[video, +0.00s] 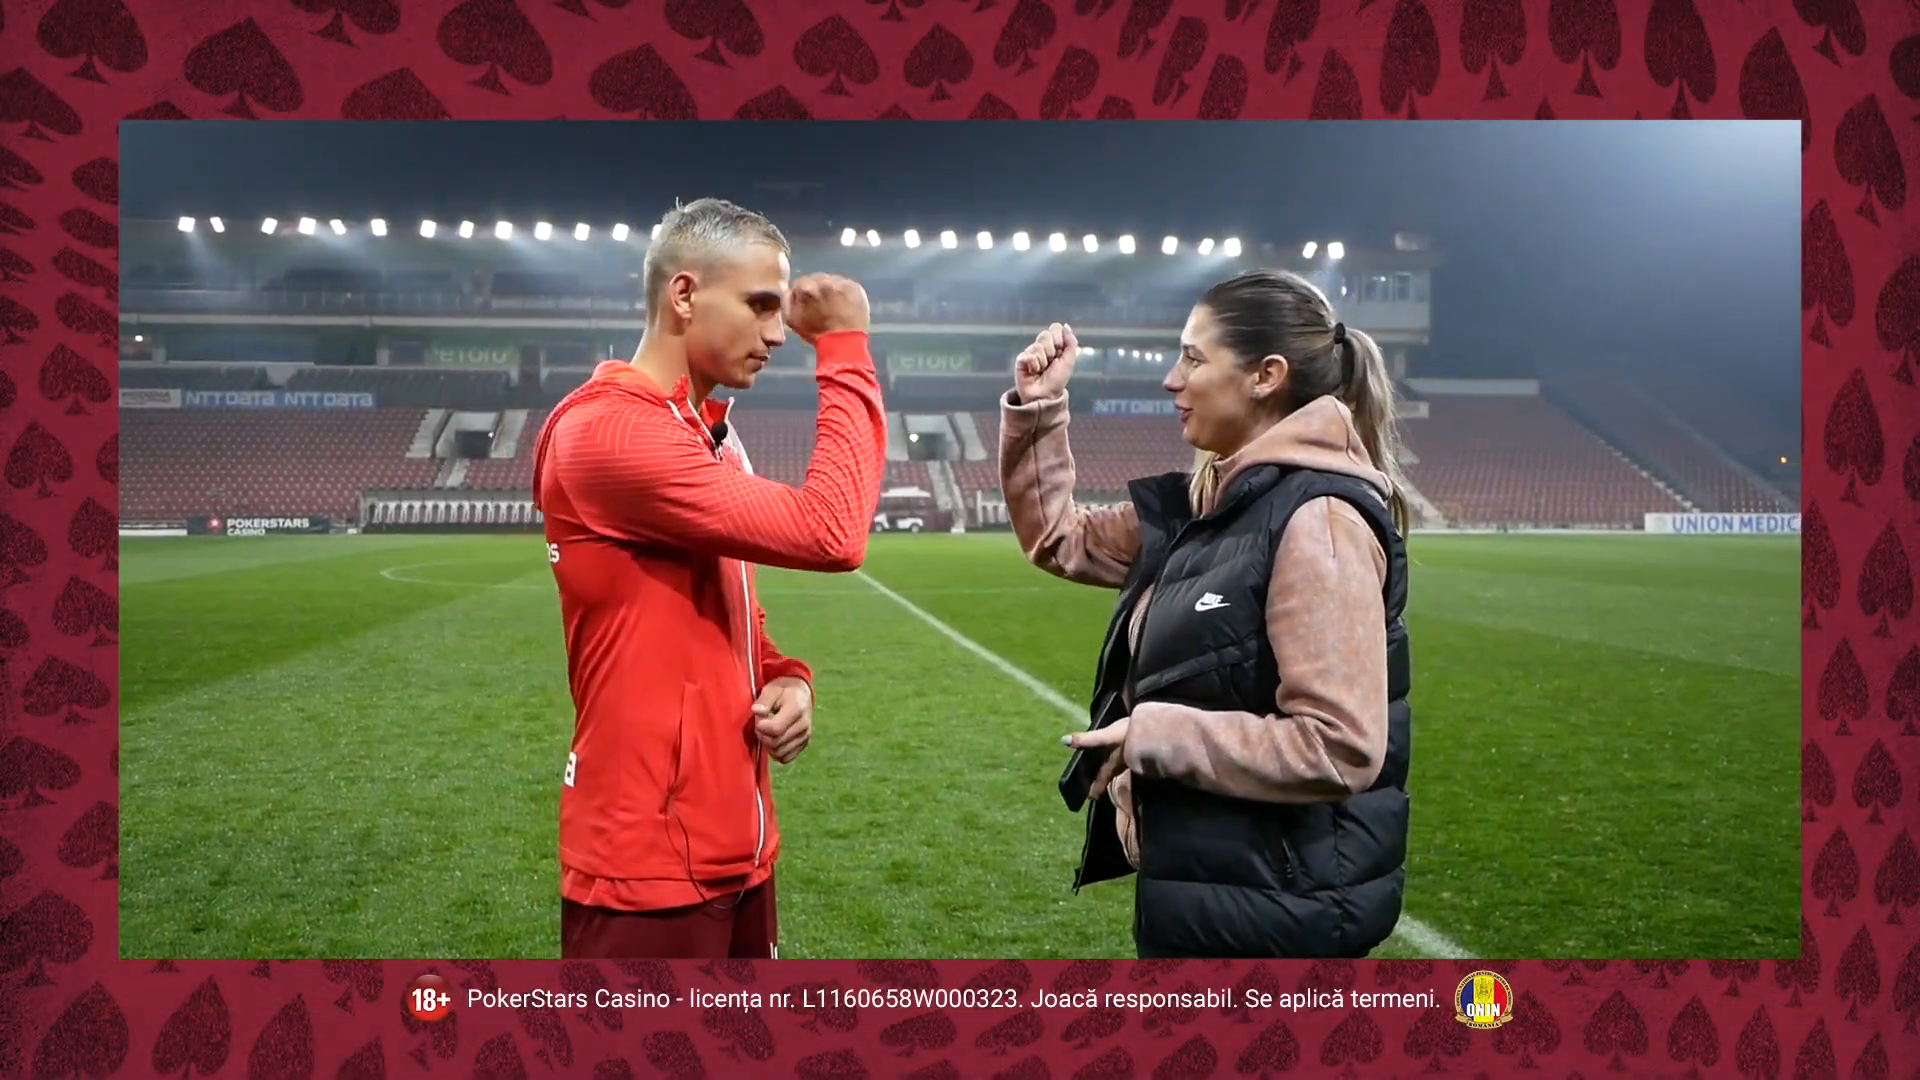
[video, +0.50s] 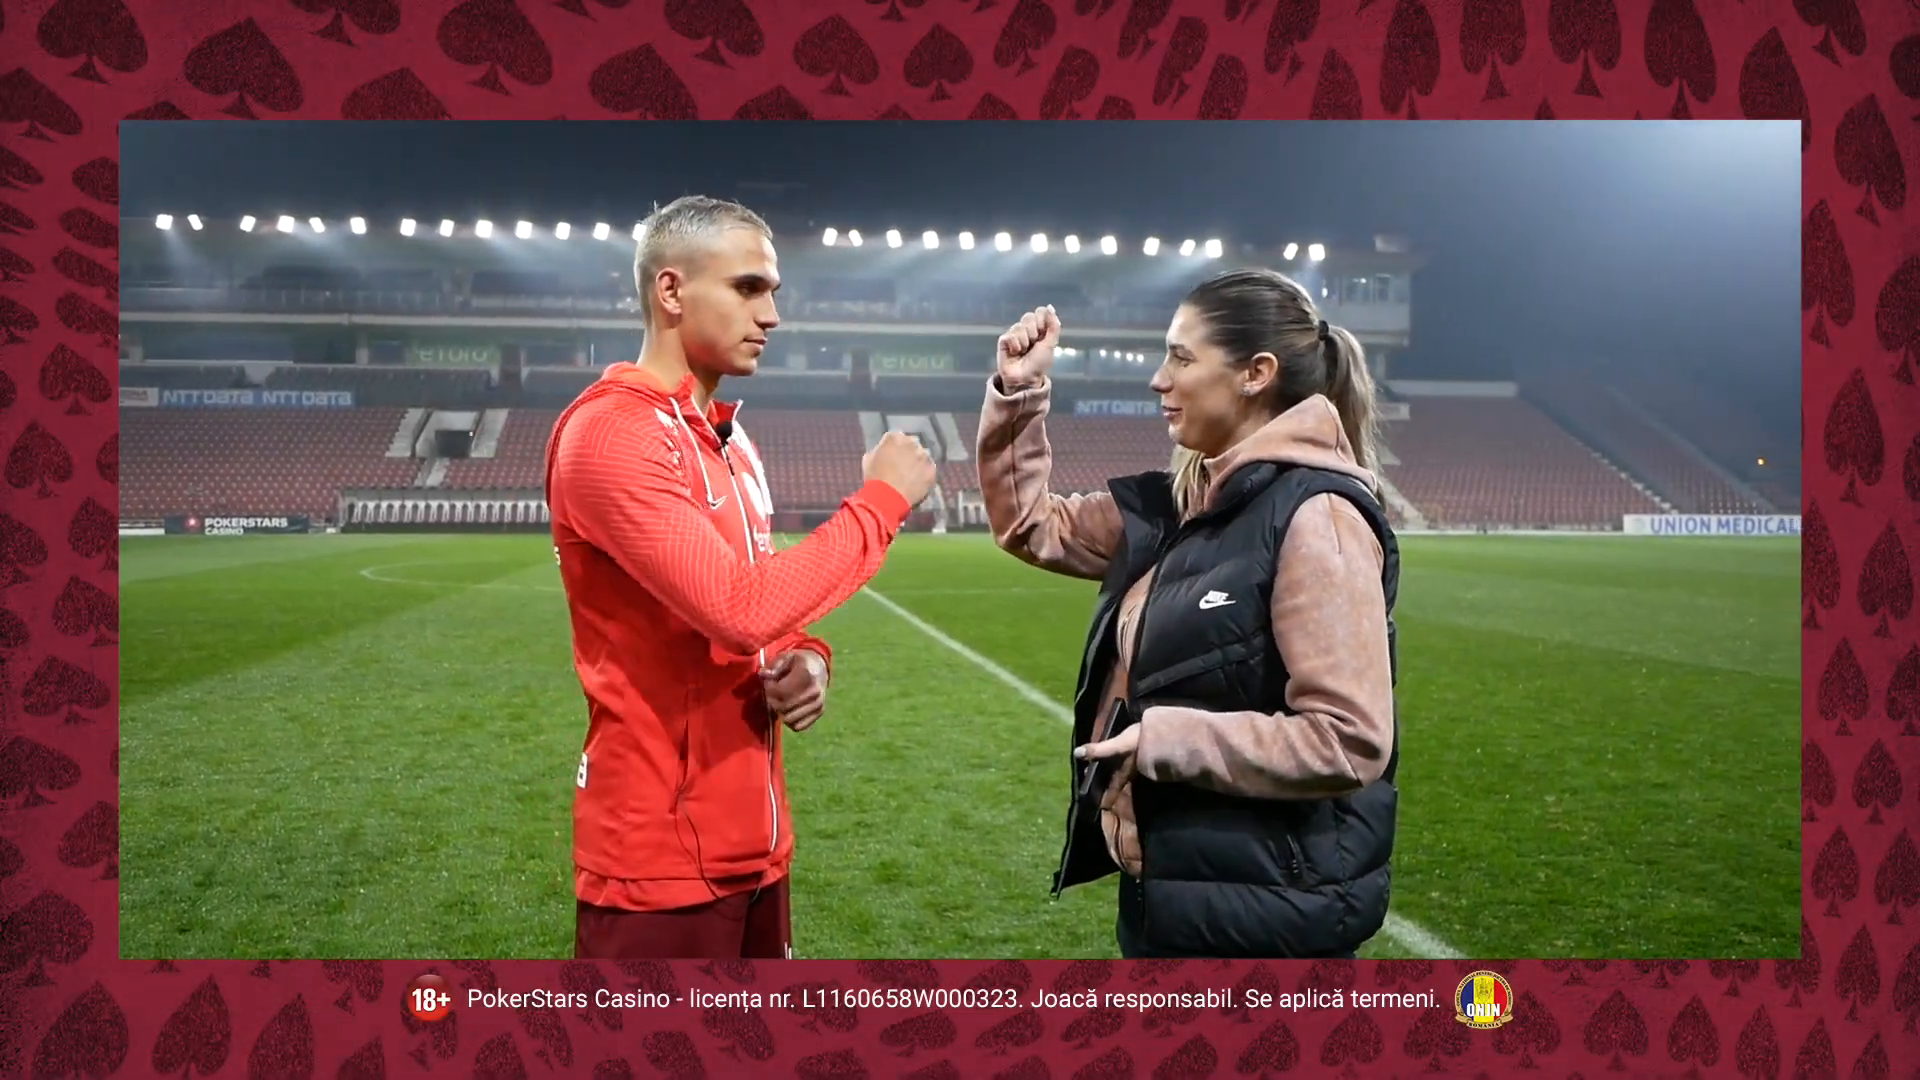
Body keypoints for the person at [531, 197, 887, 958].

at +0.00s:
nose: (778, 333)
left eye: (778, 310)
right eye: (759, 304)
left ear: (690, 300)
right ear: (683, 296)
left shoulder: (710, 434)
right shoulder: (605, 431)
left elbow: (734, 621)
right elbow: (832, 531)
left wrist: (786, 680)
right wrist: (845, 343)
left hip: (735, 856)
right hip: (645, 870)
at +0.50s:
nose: (771, 314)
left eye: (772, 293)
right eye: (750, 287)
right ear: (671, 291)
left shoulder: (731, 442)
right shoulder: (608, 435)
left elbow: (761, 607)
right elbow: (745, 610)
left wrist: (810, 660)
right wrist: (882, 503)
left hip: (752, 847)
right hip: (659, 860)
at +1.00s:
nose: (779, 317)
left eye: (779, 295)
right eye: (754, 292)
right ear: (676, 296)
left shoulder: (784, 442)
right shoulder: (594, 445)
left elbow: (882, 589)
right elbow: (688, 647)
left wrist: (729, 592)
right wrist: (801, 627)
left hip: (768, 841)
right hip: (653, 850)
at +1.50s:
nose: (774, 313)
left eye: (772, 290)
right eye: (749, 288)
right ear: (671, 293)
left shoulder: (765, 444)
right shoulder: (596, 446)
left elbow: (858, 612)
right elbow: (691, 662)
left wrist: (724, 602)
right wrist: (796, 627)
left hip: (760, 844)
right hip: (654, 855)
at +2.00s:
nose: (796, 321)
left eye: (794, 298)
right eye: (772, 296)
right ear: (695, 303)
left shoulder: (784, 454)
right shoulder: (624, 456)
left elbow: (876, 622)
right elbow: (723, 676)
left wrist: (751, 615)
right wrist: (822, 644)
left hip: (781, 852)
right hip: (682, 865)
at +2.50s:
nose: (822, 333)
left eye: (823, 309)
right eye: (799, 307)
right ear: (721, 309)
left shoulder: (812, 455)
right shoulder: (655, 459)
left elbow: (908, 620)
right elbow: (758, 676)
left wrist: (790, 616)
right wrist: (852, 646)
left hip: (813, 847)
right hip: (719, 861)